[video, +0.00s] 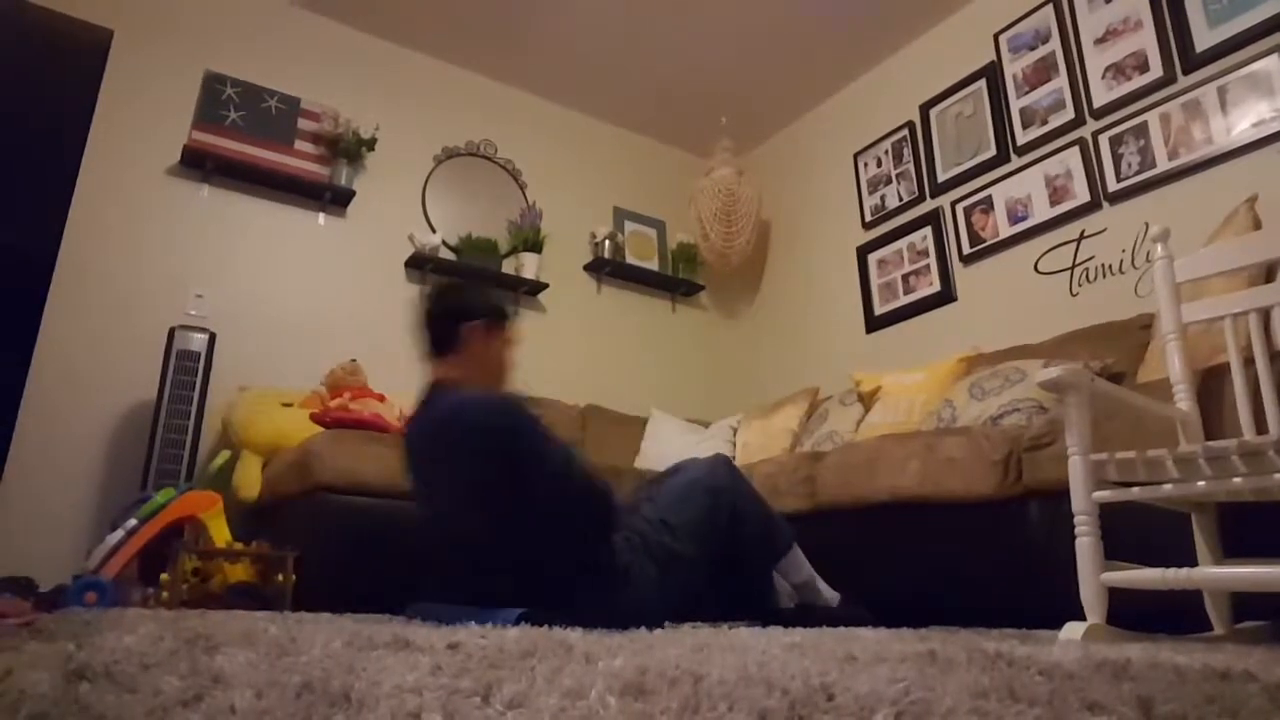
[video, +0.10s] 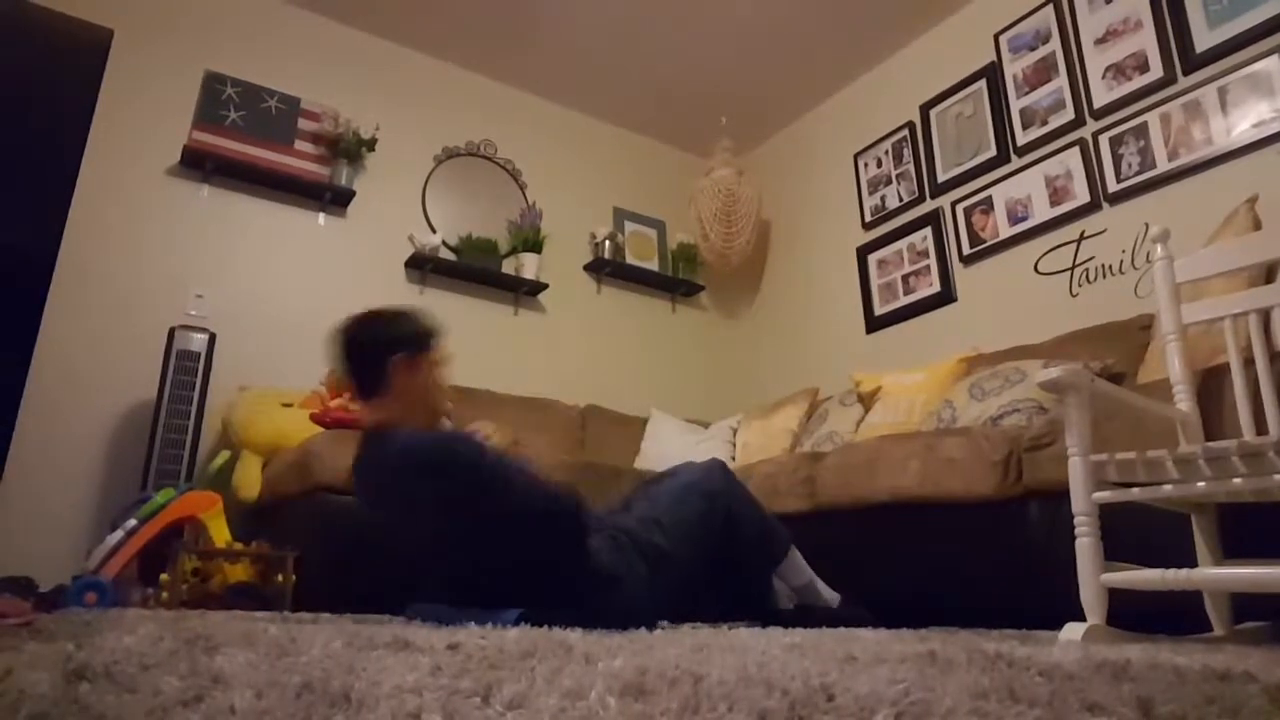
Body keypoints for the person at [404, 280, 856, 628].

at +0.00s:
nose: (510, 353)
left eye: (508, 340)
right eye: (503, 339)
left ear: (450, 341)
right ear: (473, 338)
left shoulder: (425, 427)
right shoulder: (496, 420)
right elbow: (596, 509)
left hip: (511, 595)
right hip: (592, 599)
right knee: (713, 475)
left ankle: (790, 602)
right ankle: (812, 593)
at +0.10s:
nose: (443, 379)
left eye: (439, 364)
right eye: (434, 364)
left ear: (377, 378)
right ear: (403, 372)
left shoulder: (376, 462)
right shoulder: (440, 458)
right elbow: (566, 517)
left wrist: (477, 457)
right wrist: (514, 463)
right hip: (589, 596)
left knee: (685, 485)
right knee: (708, 481)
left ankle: (796, 603)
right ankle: (815, 600)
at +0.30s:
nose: (333, 447)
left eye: (318, 438)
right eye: (312, 446)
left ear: (287, 493)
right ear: (287, 490)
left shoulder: (327, 562)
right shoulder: (366, 548)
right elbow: (531, 530)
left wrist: (431, 498)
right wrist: (438, 497)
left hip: (550, 574)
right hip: (575, 587)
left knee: (680, 491)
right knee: (708, 486)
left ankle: (792, 614)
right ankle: (822, 616)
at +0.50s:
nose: (334, 456)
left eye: (319, 448)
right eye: (314, 456)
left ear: (291, 506)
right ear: (289, 504)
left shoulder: (332, 564)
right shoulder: (369, 556)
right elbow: (537, 535)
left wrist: (437, 499)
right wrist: (444, 498)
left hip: (559, 567)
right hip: (583, 581)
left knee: (684, 484)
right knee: (712, 482)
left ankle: (789, 610)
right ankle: (819, 613)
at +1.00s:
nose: (617, 341)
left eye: (618, 330)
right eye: (617, 328)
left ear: (561, 312)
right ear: (598, 312)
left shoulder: (519, 382)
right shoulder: (599, 368)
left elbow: (521, 488)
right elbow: (653, 487)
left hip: (555, 590)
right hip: (627, 592)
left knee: (718, 465)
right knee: (719, 474)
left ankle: (812, 591)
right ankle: (787, 600)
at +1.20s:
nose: (732, 414)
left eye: (736, 410)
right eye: (734, 403)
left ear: (690, 362)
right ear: (729, 378)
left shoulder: (625, 392)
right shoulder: (711, 387)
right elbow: (699, 493)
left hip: (583, 579)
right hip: (646, 582)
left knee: (731, 463)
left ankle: (820, 591)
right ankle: (790, 602)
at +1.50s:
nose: (651, 361)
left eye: (653, 352)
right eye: (651, 350)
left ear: (592, 328)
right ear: (631, 328)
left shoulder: (541, 384)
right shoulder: (627, 369)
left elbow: (530, 500)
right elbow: (664, 493)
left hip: (568, 592)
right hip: (638, 595)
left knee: (725, 470)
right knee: (728, 489)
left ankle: (818, 590)